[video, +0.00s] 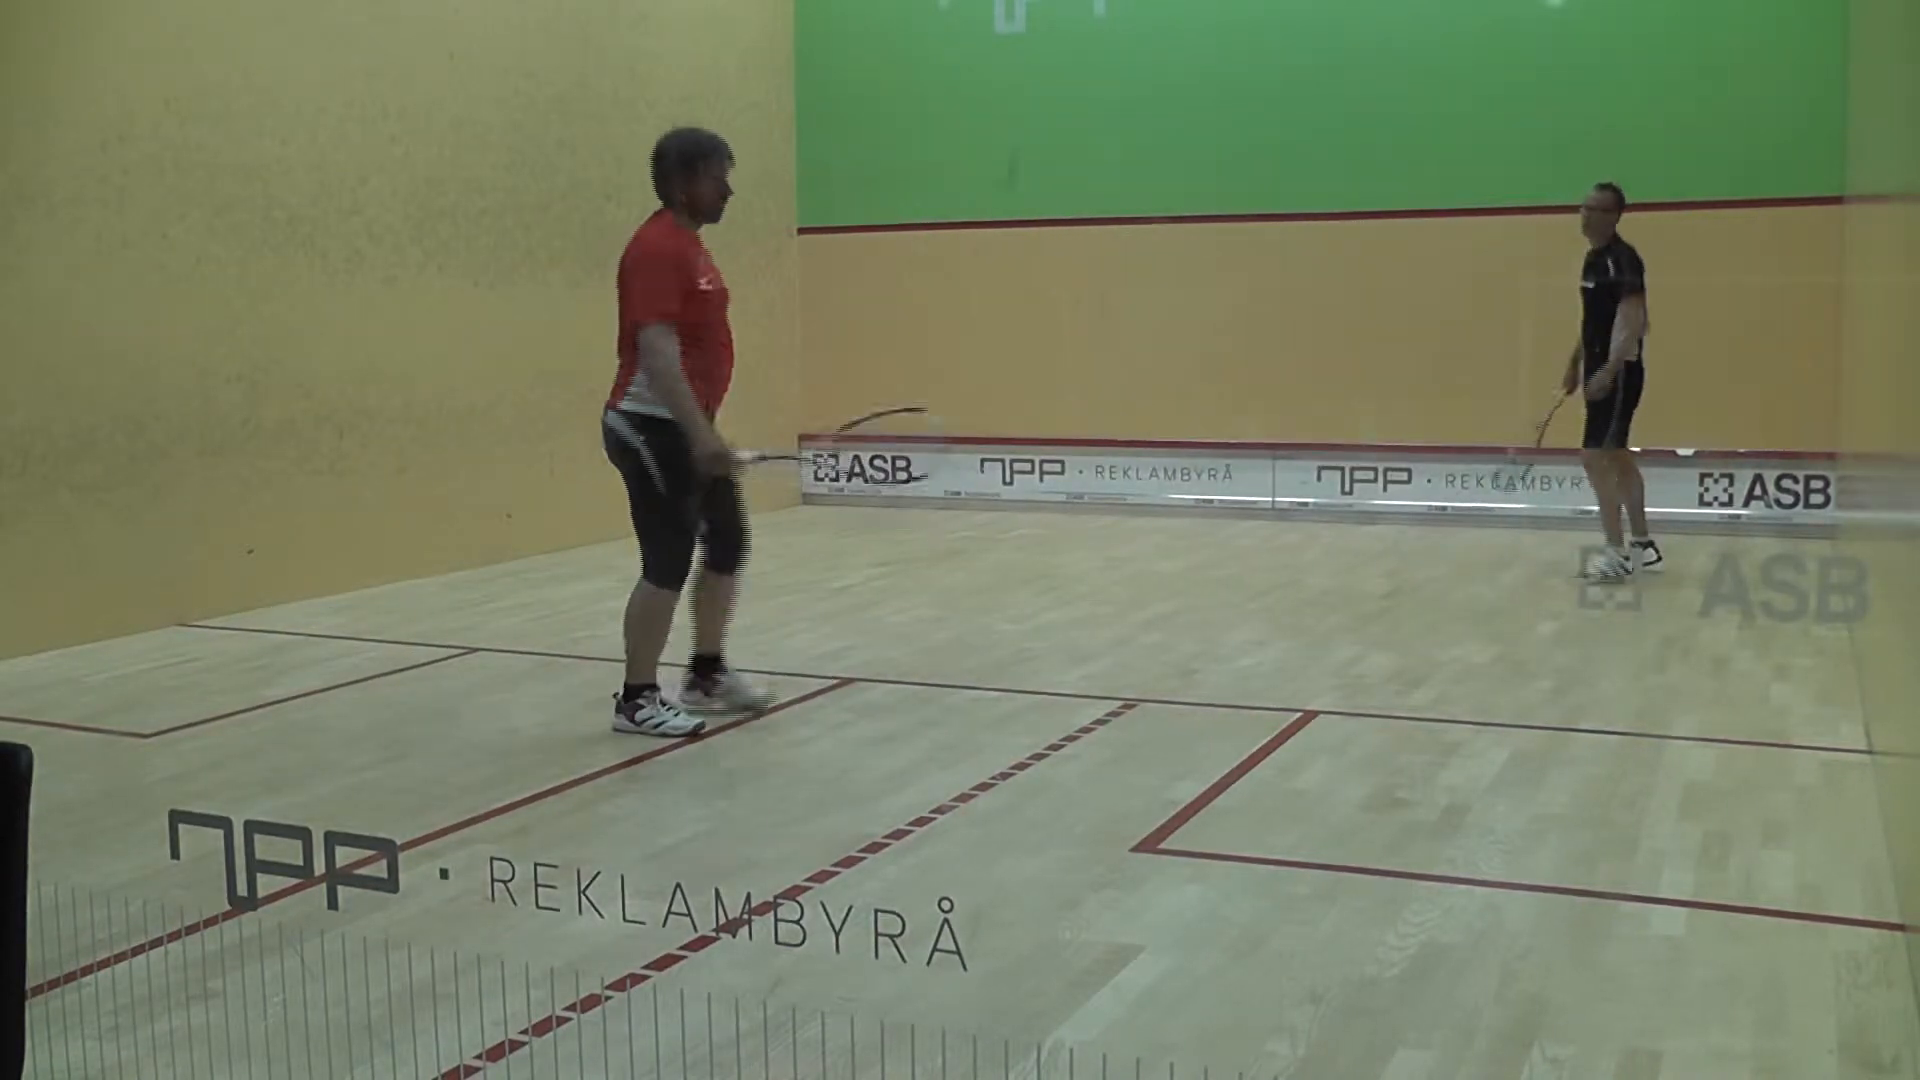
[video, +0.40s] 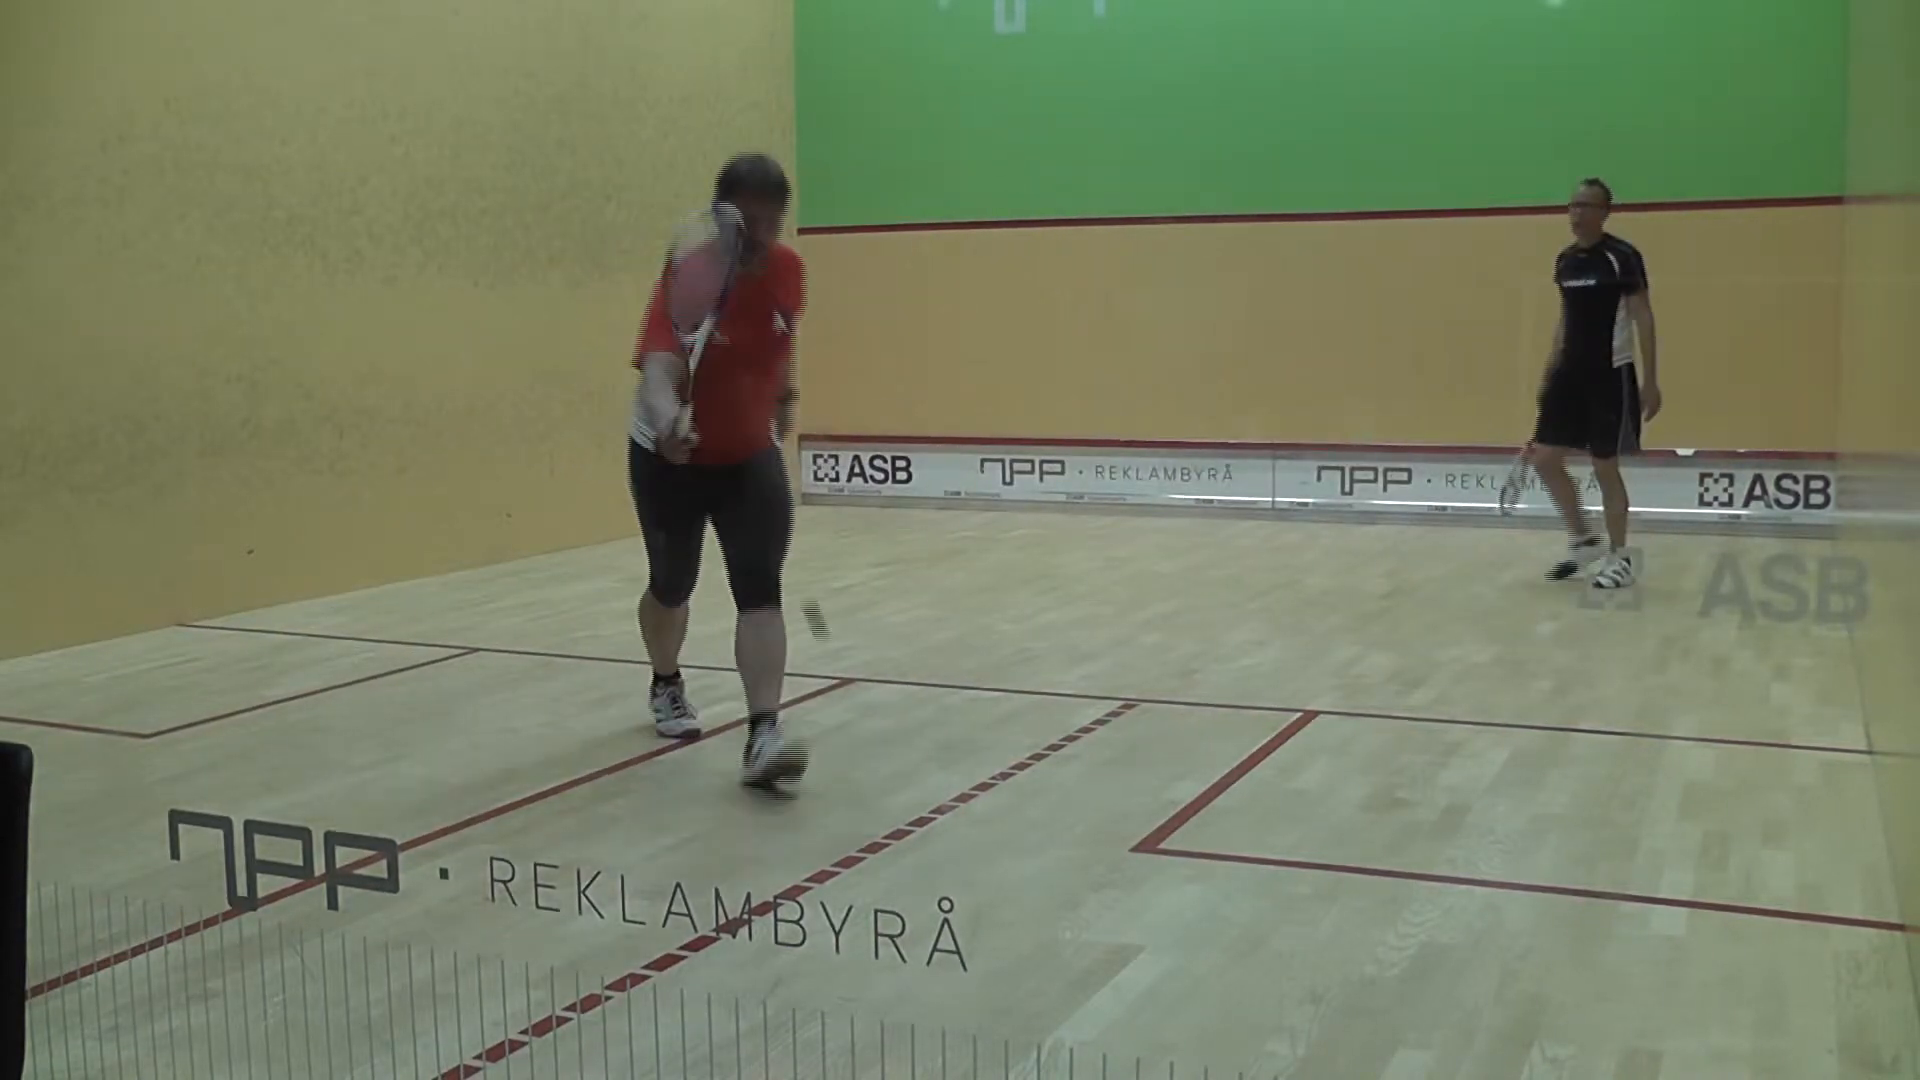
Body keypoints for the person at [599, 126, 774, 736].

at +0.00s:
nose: (729, 190)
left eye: (729, 178)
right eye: (720, 178)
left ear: (690, 184)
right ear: (683, 181)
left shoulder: (686, 242)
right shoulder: (656, 248)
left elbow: (682, 345)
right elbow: (657, 356)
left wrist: (703, 427)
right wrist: (700, 432)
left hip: (684, 420)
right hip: (645, 423)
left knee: (727, 539)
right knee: (669, 554)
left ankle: (706, 675)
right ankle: (638, 698)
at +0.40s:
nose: (760, 229)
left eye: (771, 216)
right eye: (748, 215)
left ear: (784, 214)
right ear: (722, 210)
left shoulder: (786, 270)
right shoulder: (689, 272)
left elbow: (782, 343)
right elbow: (656, 356)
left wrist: (784, 397)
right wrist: (667, 417)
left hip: (748, 455)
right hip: (672, 457)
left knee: (761, 592)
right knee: (671, 585)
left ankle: (764, 734)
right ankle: (666, 684)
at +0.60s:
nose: (793, 254)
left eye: (806, 241)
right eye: (780, 239)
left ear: (825, 236)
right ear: (757, 230)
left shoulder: (832, 287)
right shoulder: (727, 295)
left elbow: (846, 364)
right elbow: (706, 395)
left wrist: (868, 433)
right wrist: (704, 478)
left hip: (786, 458)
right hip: (708, 458)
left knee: (800, 598)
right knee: (701, 590)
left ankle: (766, 747)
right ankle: (682, 660)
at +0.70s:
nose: (812, 236)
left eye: (826, 223)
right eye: (801, 221)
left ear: (846, 214)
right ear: (775, 207)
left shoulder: (859, 266)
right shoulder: (739, 277)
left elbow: (882, 353)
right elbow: (704, 398)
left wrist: (913, 435)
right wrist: (687, 511)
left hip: (811, 460)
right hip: (731, 462)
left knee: (814, 603)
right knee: (733, 604)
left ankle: (770, 741)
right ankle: (701, 691)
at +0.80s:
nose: (826, 203)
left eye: (841, 187)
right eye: (812, 186)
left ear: (860, 185)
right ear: (788, 179)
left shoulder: (874, 247)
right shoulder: (740, 266)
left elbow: (907, 328)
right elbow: (698, 386)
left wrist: (932, 394)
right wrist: (676, 495)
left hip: (826, 454)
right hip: (743, 454)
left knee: (817, 607)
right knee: (754, 604)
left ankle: (770, 741)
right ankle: (726, 747)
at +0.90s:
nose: (838, 176)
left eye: (854, 161)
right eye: (825, 158)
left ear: (876, 160)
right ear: (800, 151)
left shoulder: (897, 228)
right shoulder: (750, 247)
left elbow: (959, 327)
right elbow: (703, 355)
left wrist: (937, 310)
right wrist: (668, 446)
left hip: (851, 457)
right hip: (766, 453)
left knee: (824, 631)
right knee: (781, 624)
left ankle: (770, 738)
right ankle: (779, 784)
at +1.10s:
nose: (877, 159)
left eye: (893, 142)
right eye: (860, 142)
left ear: (914, 148)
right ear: (832, 148)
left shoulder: (945, 224)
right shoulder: (800, 249)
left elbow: (990, 296)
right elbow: (725, 348)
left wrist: (934, 280)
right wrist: (665, 444)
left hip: (914, 469)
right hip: (825, 462)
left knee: (905, 653)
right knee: (842, 647)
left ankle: (799, 709)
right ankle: (824, 824)